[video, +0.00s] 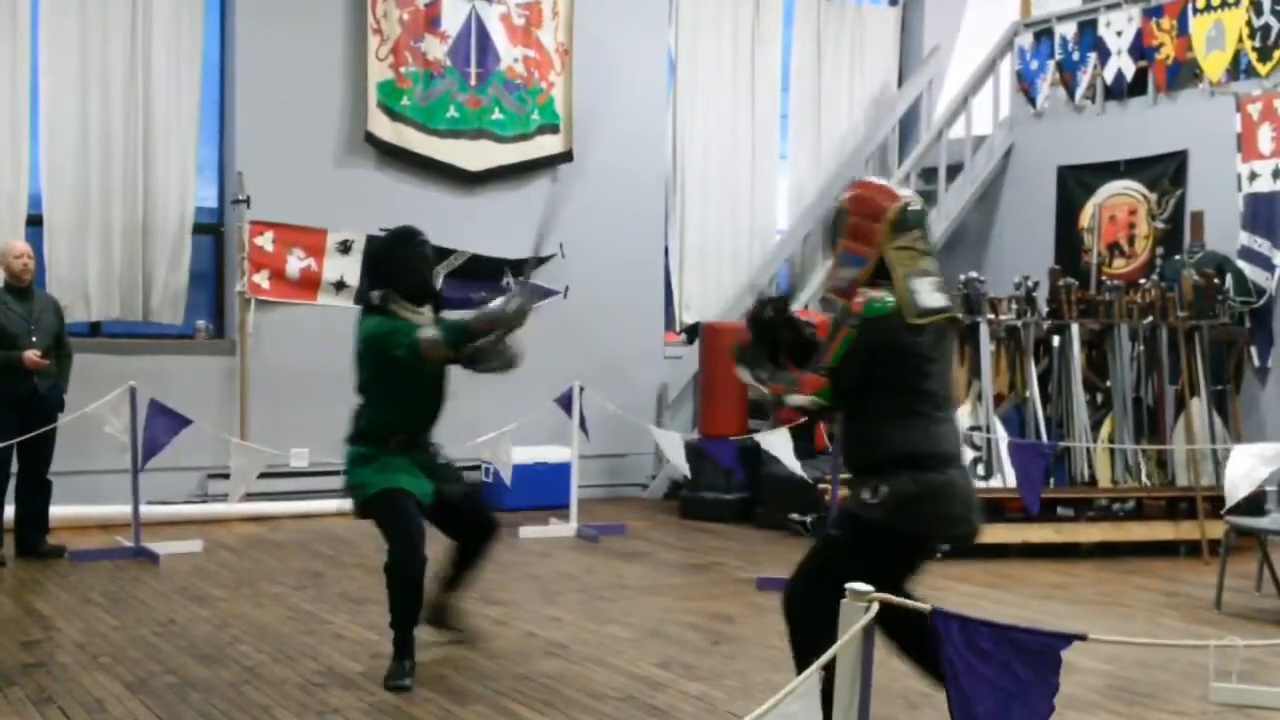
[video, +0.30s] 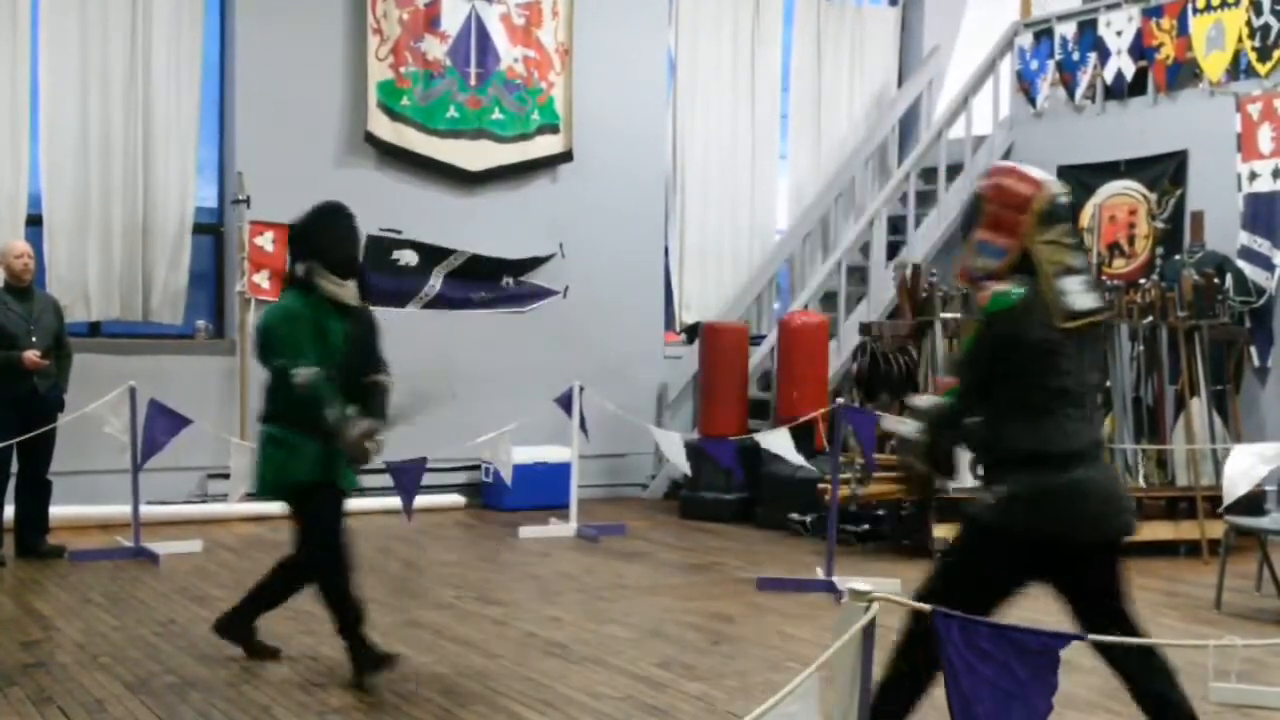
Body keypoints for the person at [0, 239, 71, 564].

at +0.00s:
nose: (26, 261)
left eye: (29, 256)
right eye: (18, 256)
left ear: (35, 263)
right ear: (4, 264)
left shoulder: (49, 304)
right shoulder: (2, 302)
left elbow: (63, 350)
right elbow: (0, 353)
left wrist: (59, 390)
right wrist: (18, 358)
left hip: (40, 403)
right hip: (5, 402)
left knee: (36, 475)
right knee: (1, 475)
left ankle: (31, 541)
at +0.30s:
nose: (26, 261)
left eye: (30, 256)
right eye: (19, 256)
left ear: (35, 262)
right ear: (4, 265)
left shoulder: (49, 304)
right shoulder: (2, 302)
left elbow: (63, 350)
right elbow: (0, 352)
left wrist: (59, 390)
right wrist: (18, 358)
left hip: (40, 403)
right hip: (5, 403)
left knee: (36, 475)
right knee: (2, 474)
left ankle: (31, 541)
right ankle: (0, 545)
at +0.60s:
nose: (27, 261)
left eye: (30, 256)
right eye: (20, 256)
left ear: (36, 262)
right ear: (5, 265)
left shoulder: (49, 304)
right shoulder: (2, 303)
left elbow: (63, 350)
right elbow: (0, 352)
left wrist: (59, 389)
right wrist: (19, 358)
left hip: (40, 402)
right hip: (5, 403)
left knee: (36, 475)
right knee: (2, 475)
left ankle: (31, 540)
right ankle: (1, 544)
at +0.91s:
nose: (28, 261)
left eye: (31, 256)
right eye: (20, 256)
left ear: (36, 263)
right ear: (5, 265)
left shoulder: (49, 304)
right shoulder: (2, 303)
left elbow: (64, 351)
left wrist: (59, 390)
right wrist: (20, 359)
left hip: (41, 404)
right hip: (5, 405)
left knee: (36, 479)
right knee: (1, 478)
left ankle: (31, 547)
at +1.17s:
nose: (27, 261)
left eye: (30, 256)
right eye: (20, 256)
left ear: (36, 262)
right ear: (5, 265)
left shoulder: (49, 304)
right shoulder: (3, 303)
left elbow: (63, 351)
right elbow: (0, 354)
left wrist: (58, 390)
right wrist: (20, 359)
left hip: (42, 402)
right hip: (6, 403)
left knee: (40, 476)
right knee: (3, 476)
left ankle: (32, 541)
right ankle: (1, 544)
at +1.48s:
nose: (21, 263)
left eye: (24, 257)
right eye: (13, 257)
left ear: (30, 264)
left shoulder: (41, 305)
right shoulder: (1, 303)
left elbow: (56, 351)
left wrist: (52, 389)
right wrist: (15, 360)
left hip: (37, 400)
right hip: (2, 402)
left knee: (45, 469)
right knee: (1, 474)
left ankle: (33, 538)